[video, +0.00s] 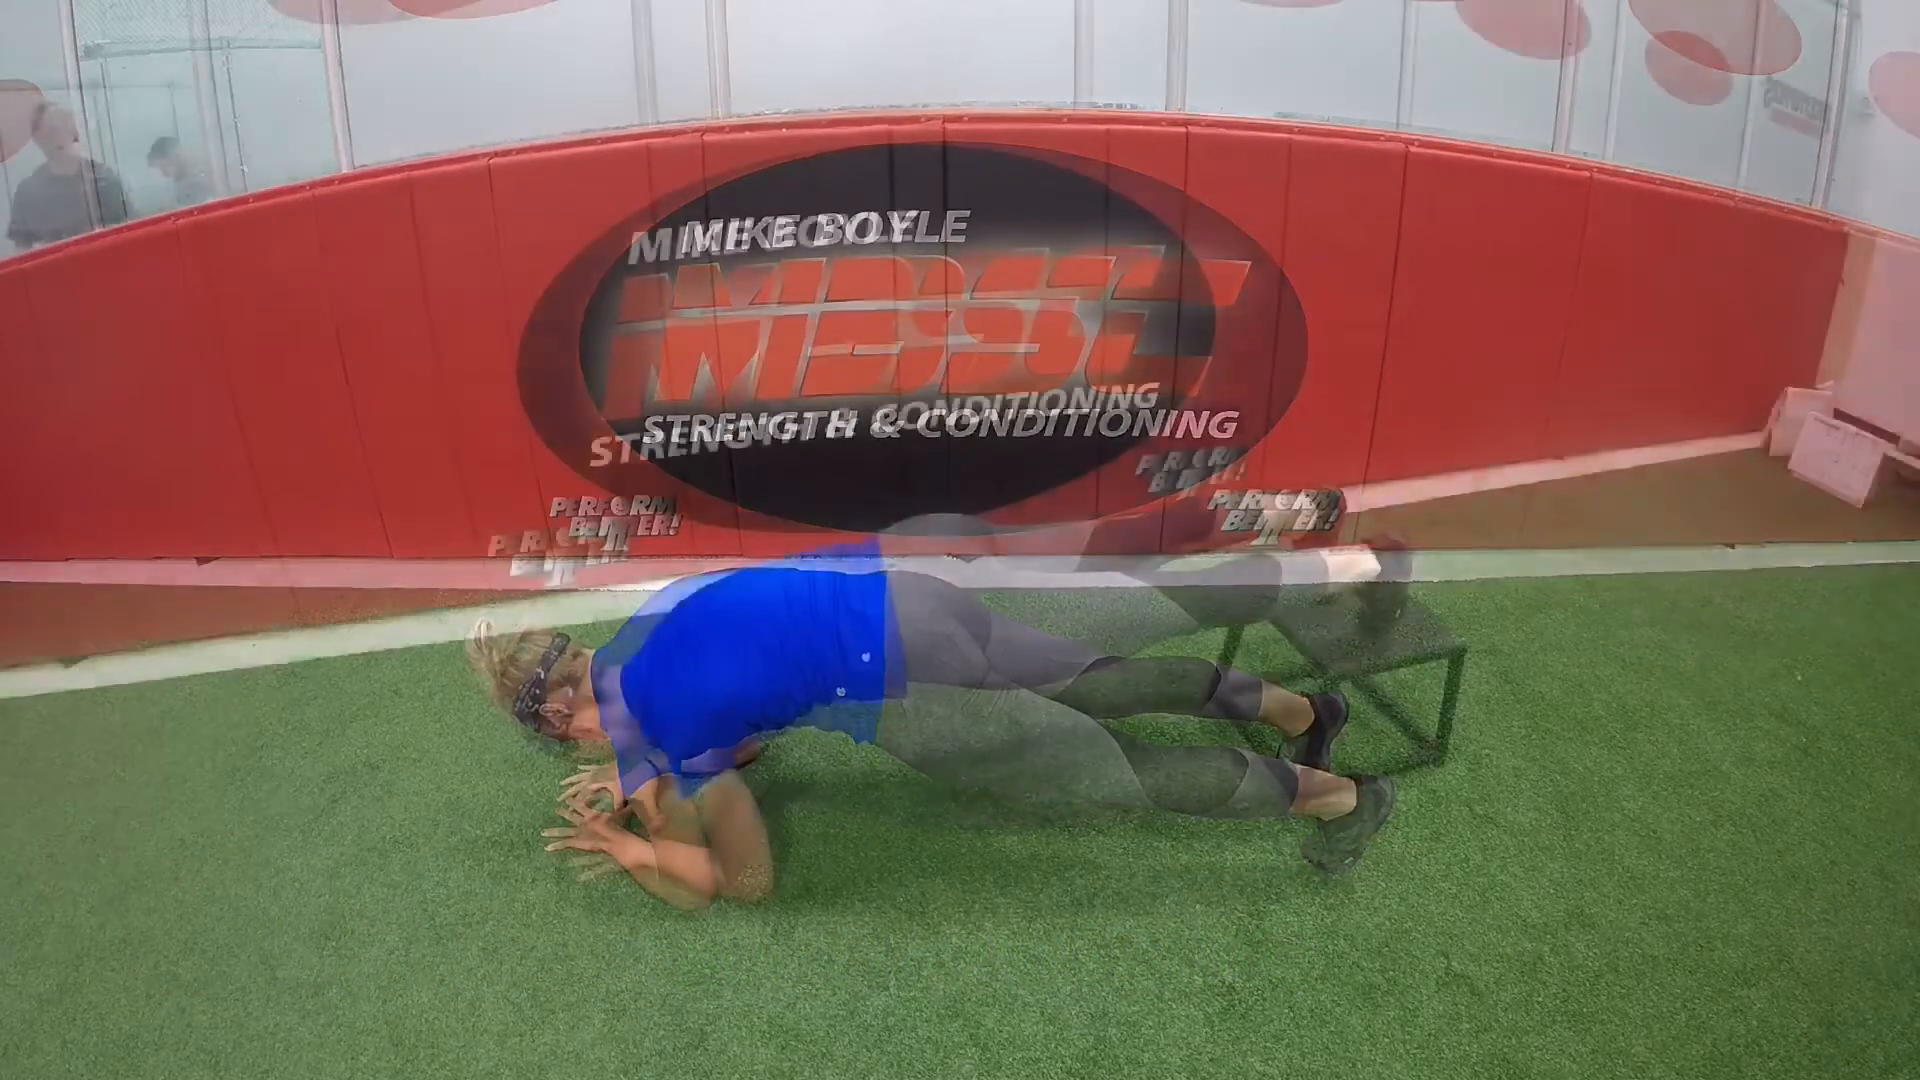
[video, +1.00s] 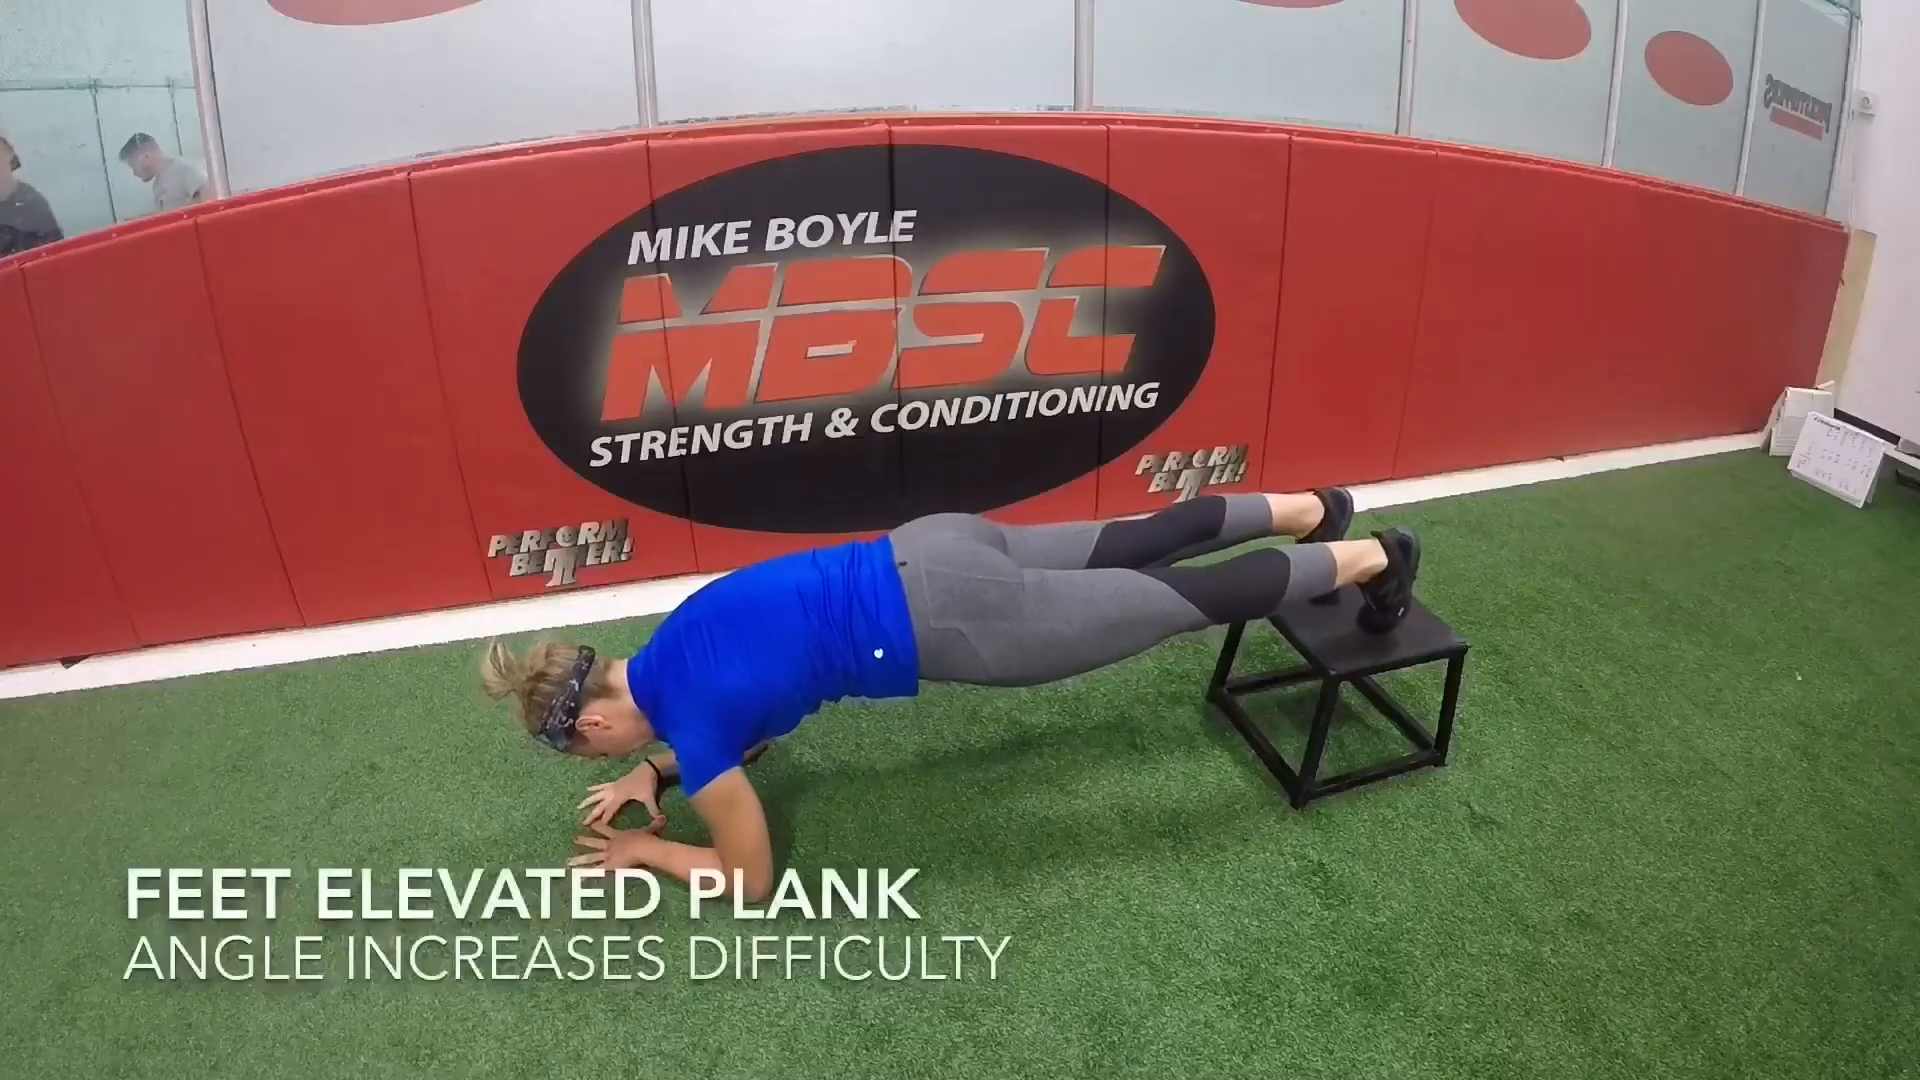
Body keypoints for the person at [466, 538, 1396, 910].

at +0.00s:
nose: (582, 744)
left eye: (564, 732)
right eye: (569, 734)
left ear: (575, 703)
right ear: (581, 660)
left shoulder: (650, 711)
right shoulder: (653, 627)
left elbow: (739, 878)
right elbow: (739, 759)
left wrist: (629, 852)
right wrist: (649, 782)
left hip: (897, 681)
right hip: (906, 583)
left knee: (1106, 774)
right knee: (1082, 670)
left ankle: (1325, 791)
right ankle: (1283, 706)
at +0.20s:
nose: (594, 755)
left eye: (578, 741)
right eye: (580, 745)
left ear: (592, 707)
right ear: (589, 677)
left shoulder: (681, 720)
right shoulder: (658, 640)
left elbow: (744, 880)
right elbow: (746, 756)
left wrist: (641, 858)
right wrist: (659, 808)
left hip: (926, 626)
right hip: (905, 544)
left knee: (1147, 611)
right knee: (1101, 556)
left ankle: (1330, 572)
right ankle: (1260, 514)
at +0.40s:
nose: (597, 756)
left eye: (581, 745)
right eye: (585, 748)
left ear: (592, 712)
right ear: (592, 675)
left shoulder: (682, 723)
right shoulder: (667, 633)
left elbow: (745, 880)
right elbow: (753, 747)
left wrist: (642, 856)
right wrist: (664, 803)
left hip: (933, 629)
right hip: (913, 536)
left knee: (1167, 608)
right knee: (1109, 544)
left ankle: (1337, 569)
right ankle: (1269, 508)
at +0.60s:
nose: (599, 754)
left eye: (583, 744)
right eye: (586, 747)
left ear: (595, 709)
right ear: (596, 672)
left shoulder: (685, 724)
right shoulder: (667, 634)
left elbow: (747, 879)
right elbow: (746, 738)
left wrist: (644, 850)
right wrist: (658, 792)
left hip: (934, 628)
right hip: (916, 538)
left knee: (1167, 609)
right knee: (1111, 545)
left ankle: (1346, 568)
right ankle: (1270, 508)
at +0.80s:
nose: (607, 753)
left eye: (591, 744)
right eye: (595, 746)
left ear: (601, 710)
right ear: (601, 673)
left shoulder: (692, 721)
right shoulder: (674, 630)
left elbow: (747, 878)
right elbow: (748, 741)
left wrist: (646, 854)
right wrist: (661, 795)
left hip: (941, 626)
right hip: (924, 540)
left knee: (1171, 608)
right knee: (1120, 544)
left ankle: (1344, 563)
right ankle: (1274, 508)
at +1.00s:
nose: (606, 753)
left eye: (590, 743)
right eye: (594, 746)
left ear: (602, 711)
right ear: (601, 674)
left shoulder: (692, 722)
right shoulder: (672, 633)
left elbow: (747, 879)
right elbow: (743, 744)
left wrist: (645, 854)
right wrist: (658, 798)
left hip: (939, 623)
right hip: (923, 538)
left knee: (1171, 605)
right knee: (1114, 543)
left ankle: (1344, 562)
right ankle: (1270, 507)